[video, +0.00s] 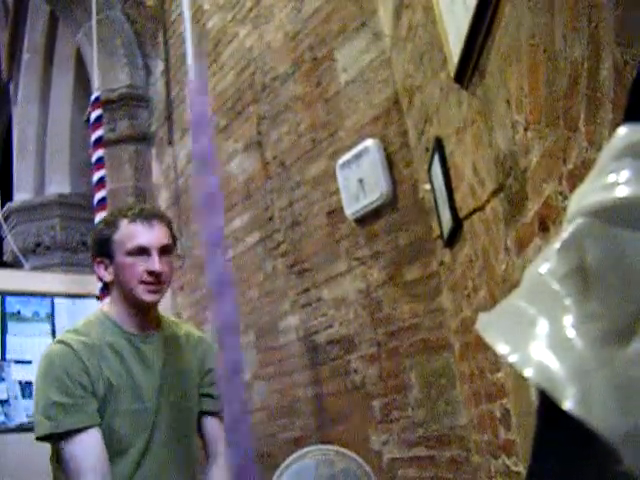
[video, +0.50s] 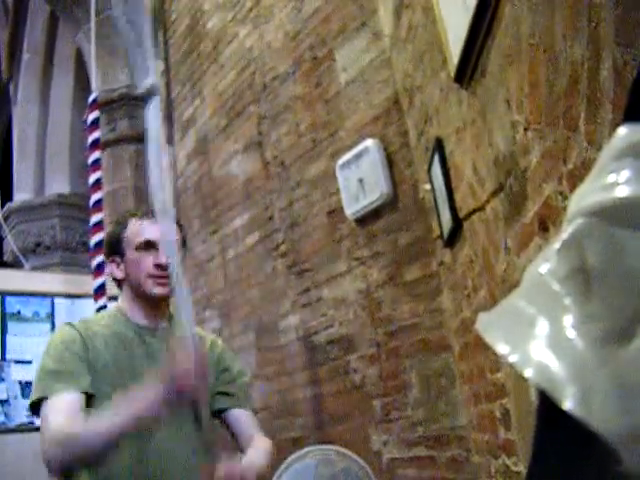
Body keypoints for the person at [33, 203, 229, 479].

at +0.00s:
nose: (157, 268)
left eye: (165, 253)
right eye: (139, 254)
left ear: (174, 261)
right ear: (104, 268)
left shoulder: (198, 349)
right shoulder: (69, 358)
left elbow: (222, 456)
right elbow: (92, 475)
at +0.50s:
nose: (164, 260)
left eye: (171, 249)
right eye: (147, 248)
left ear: (182, 260)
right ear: (117, 267)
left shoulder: (206, 349)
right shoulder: (76, 341)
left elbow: (257, 444)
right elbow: (57, 448)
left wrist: (245, 468)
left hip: (191, 472)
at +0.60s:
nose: (167, 260)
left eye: (175, 247)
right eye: (151, 247)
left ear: (187, 258)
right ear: (120, 265)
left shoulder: (211, 348)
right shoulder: (79, 333)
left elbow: (267, 451)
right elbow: (64, 408)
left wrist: (236, 419)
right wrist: (149, 310)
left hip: (201, 472)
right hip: (113, 470)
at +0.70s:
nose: (168, 261)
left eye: (177, 249)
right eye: (153, 250)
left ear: (187, 260)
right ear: (120, 262)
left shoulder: (204, 341)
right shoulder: (90, 326)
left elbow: (268, 438)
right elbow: (88, 353)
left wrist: (235, 366)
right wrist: (159, 240)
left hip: (202, 473)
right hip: (113, 473)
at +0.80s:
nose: (172, 257)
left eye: (182, 245)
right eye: (160, 243)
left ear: (192, 254)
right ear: (137, 250)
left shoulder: (210, 339)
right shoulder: (89, 327)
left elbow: (271, 408)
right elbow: (114, 297)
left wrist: (222, 306)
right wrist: (156, 192)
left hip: (205, 472)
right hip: (109, 472)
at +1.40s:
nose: (185, 259)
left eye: (197, 246)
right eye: (171, 246)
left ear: (209, 258)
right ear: (150, 255)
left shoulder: (236, 343)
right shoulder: (106, 334)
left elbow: (275, 428)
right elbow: (113, 312)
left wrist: (226, 333)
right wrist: (160, 215)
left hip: (216, 473)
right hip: (125, 472)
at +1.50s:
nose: (188, 262)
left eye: (199, 250)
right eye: (175, 253)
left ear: (210, 262)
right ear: (143, 265)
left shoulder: (237, 348)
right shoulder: (105, 330)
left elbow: (279, 453)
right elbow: (97, 367)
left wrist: (241, 386)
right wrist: (166, 260)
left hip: (214, 471)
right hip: (125, 471)